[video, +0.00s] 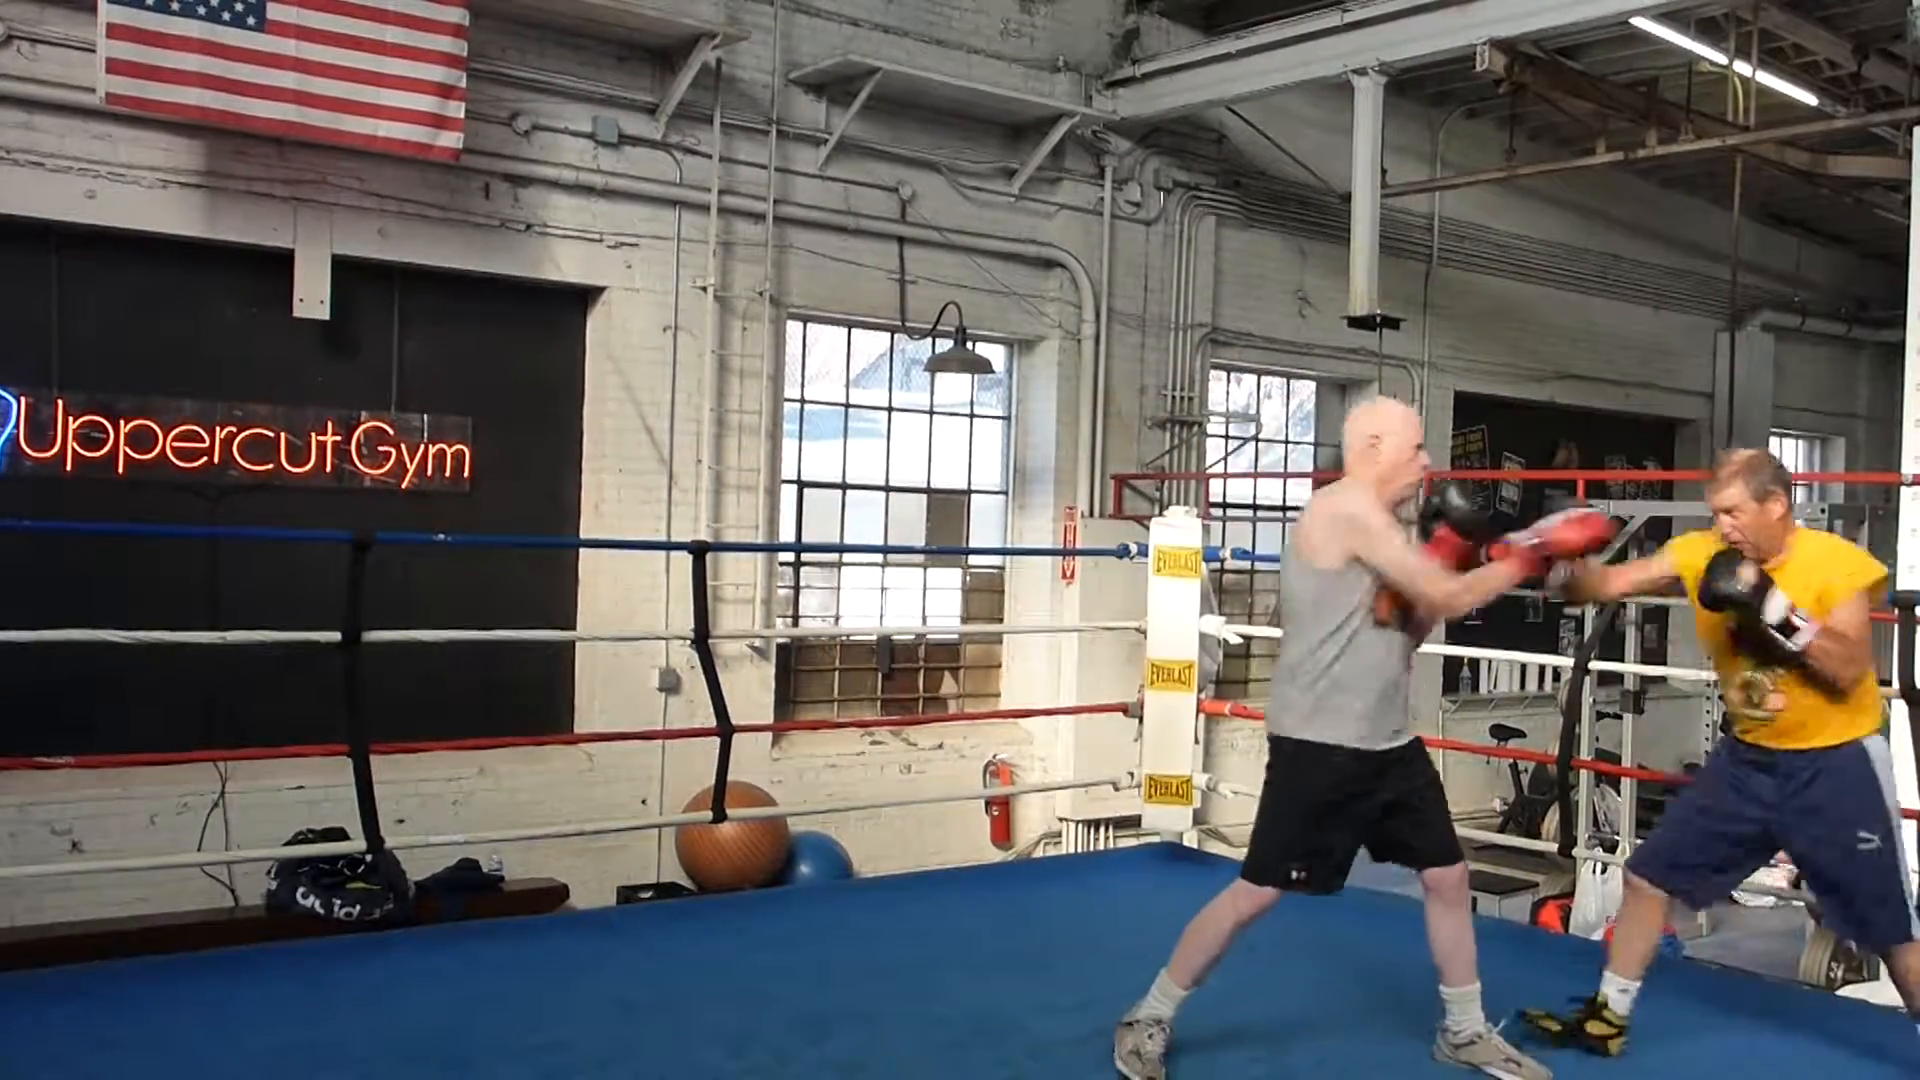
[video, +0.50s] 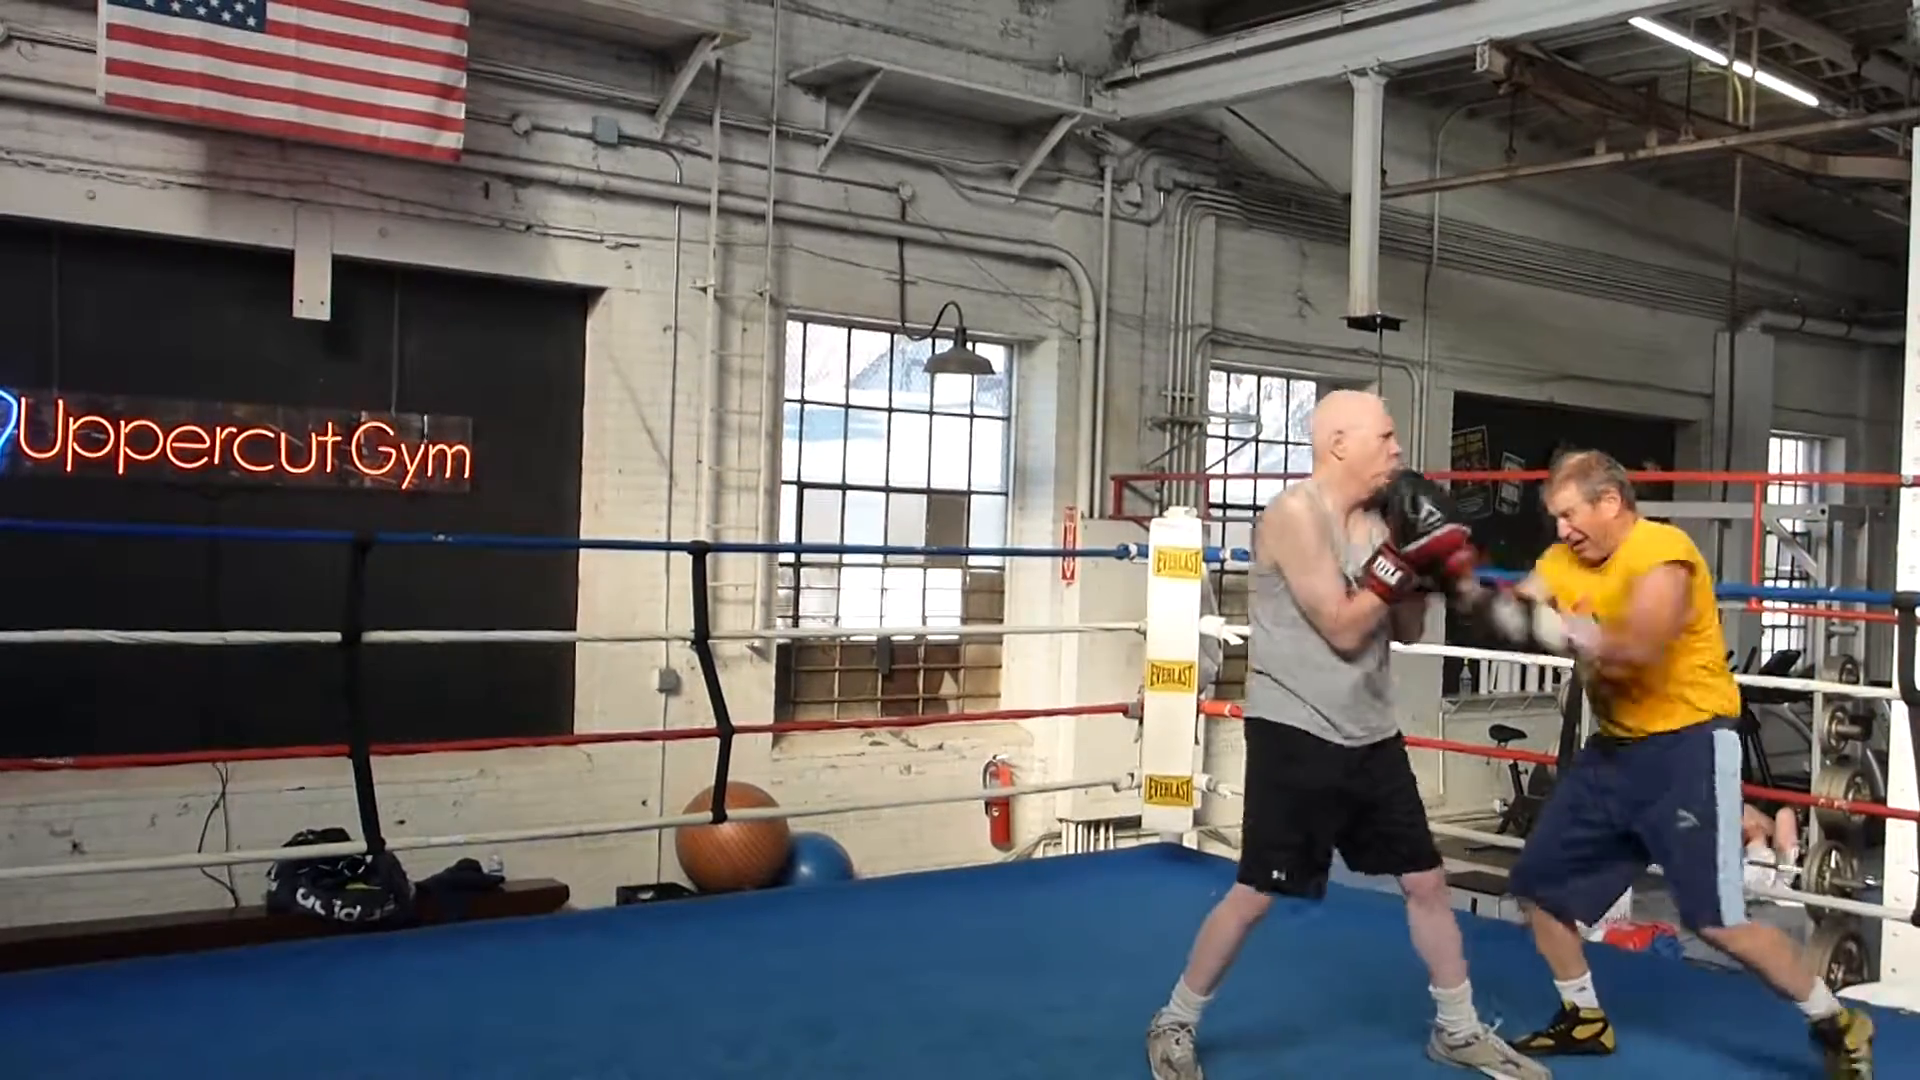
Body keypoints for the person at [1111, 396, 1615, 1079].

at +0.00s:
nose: (1429, 462)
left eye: (1426, 449)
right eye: (1418, 447)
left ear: (1374, 450)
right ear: (1375, 448)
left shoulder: (1373, 521)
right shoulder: (1344, 507)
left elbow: (1396, 638)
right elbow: (1445, 594)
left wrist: (1440, 565)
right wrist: (1530, 554)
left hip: (1390, 743)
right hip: (1317, 744)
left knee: (1448, 877)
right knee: (1255, 893)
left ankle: (1465, 1031)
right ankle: (1151, 1017)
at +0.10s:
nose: (1447, 450)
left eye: (1445, 436)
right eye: (1438, 436)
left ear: (1388, 436)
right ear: (1396, 436)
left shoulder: (1363, 494)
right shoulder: (1388, 487)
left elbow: (1397, 597)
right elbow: (1496, 571)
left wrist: (1455, 545)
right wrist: (1552, 539)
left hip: (1390, 727)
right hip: (1335, 724)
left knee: (1442, 874)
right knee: (1274, 881)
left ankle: (1464, 1030)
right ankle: (1162, 1008)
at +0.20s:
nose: (1443, 442)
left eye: (1442, 430)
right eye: (1434, 429)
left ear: (1387, 433)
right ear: (1391, 432)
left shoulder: (1369, 493)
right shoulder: (1375, 489)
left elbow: (1396, 599)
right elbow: (1461, 591)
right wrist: (1502, 531)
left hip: (1401, 727)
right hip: (1345, 722)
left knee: (1448, 875)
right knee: (1290, 885)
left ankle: (1463, 1032)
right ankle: (1179, 1013)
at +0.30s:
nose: (1424, 446)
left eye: (1421, 433)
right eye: (1413, 431)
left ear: (1365, 438)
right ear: (1367, 436)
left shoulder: (1366, 505)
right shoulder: (1348, 497)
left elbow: (1414, 630)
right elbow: (1426, 603)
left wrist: (1437, 546)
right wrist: (1499, 562)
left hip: (1410, 734)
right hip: (1338, 732)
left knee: (1457, 878)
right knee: (1281, 889)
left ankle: (1465, 1033)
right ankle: (1178, 1019)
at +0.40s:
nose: (1415, 451)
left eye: (1413, 439)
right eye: (1403, 438)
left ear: (1373, 445)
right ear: (1355, 444)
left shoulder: (1397, 521)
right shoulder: (1315, 509)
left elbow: (1413, 632)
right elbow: (1366, 627)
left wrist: (1437, 567)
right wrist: (1431, 576)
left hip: (1396, 738)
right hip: (1316, 733)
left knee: (1448, 886)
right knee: (1267, 893)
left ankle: (1463, 1032)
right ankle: (1175, 1021)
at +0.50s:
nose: (1399, 451)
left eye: (1397, 439)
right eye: (1386, 438)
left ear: (1347, 445)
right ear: (1338, 444)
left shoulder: (1375, 522)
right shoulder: (1293, 512)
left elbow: (1406, 630)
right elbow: (1345, 631)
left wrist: (1423, 560)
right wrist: (1402, 560)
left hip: (1371, 735)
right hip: (1293, 733)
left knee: (1426, 879)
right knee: (1257, 891)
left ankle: (1458, 1028)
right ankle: (1176, 1021)